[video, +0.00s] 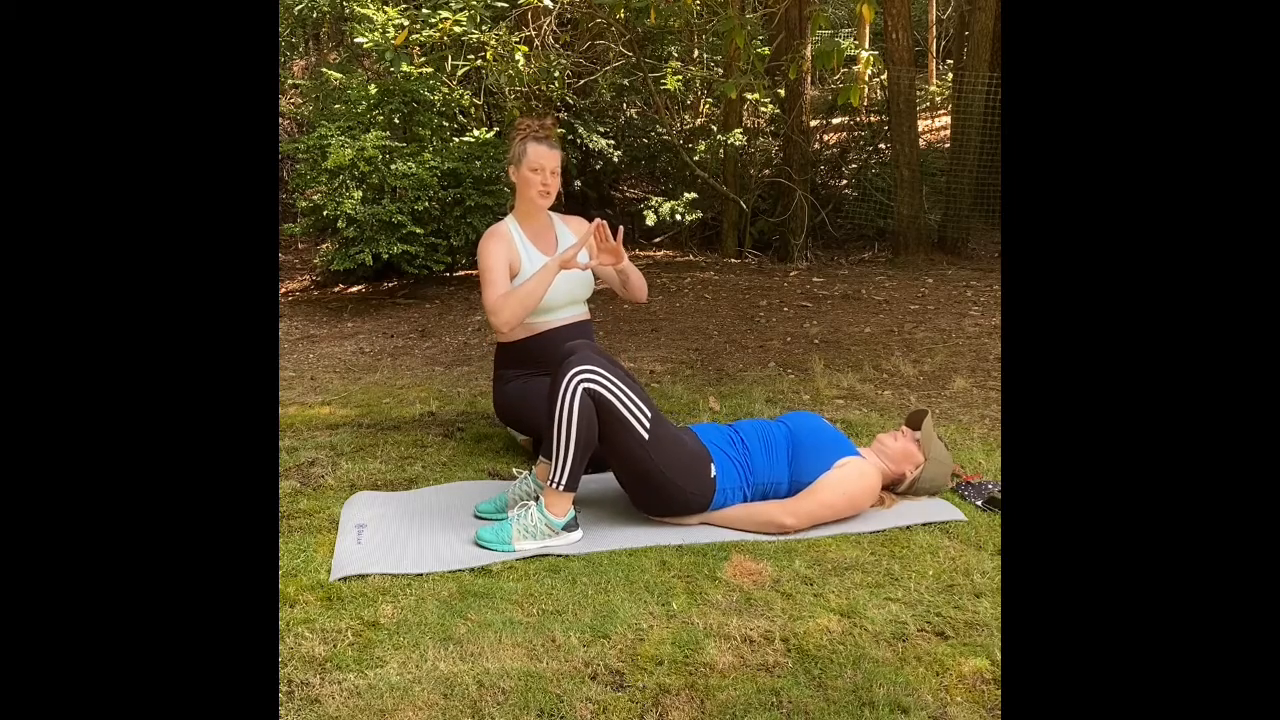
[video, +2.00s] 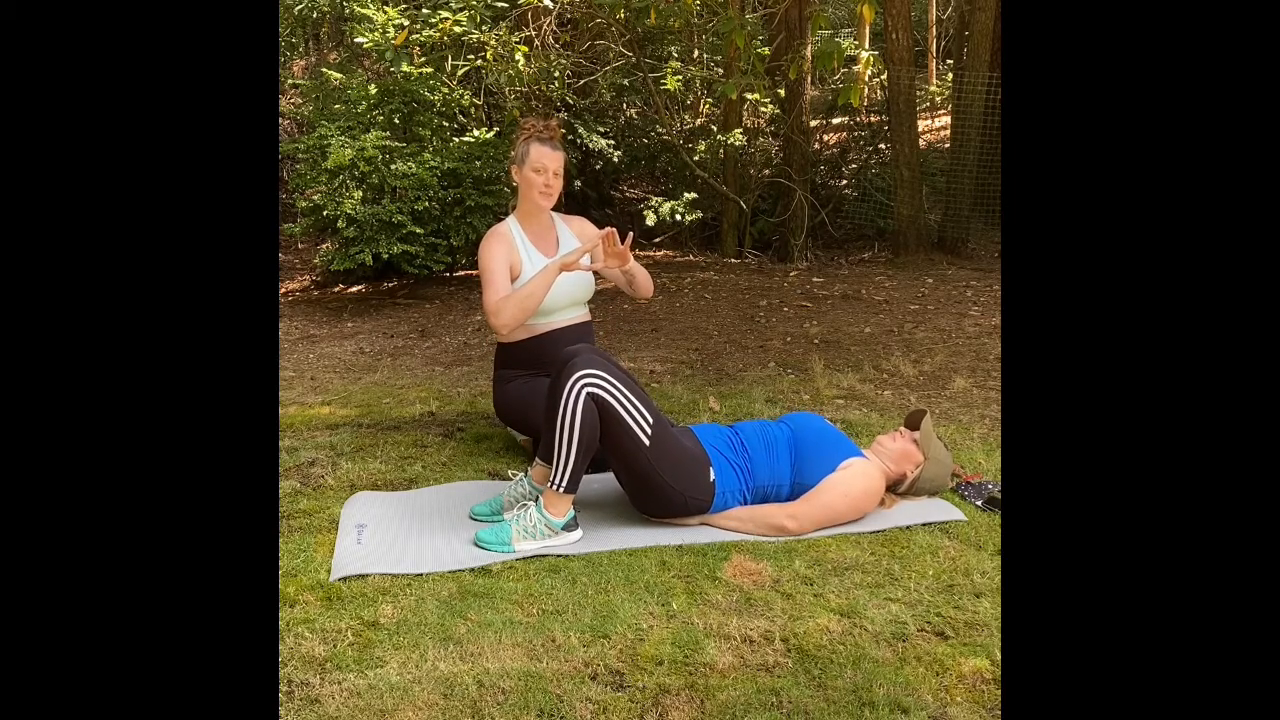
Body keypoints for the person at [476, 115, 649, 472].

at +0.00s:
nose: (548, 182)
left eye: (554, 173)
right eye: (537, 171)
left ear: (561, 178)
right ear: (513, 174)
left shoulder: (577, 229)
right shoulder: (497, 241)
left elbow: (638, 296)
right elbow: (502, 321)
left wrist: (623, 267)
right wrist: (554, 264)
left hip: (584, 363)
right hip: (523, 376)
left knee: (639, 438)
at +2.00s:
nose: (550, 182)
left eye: (557, 174)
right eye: (539, 171)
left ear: (564, 179)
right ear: (516, 174)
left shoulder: (579, 229)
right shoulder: (498, 242)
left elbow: (644, 292)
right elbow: (501, 321)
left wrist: (629, 269)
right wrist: (554, 267)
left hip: (583, 364)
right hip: (523, 377)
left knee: (641, 441)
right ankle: (540, 452)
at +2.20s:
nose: (551, 183)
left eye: (558, 174)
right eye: (540, 172)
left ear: (564, 179)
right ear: (516, 174)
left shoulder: (579, 229)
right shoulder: (499, 242)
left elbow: (645, 291)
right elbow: (502, 322)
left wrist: (628, 270)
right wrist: (556, 269)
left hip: (584, 363)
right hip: (523, 376)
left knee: (640, 438)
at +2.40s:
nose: (555, 185)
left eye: (561, 177)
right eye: (544, 174)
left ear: (566, 179)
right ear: (517, 174)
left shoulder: (580, 229)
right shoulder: (498, 243)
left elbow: (645, 291)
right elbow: (501, 323)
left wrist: (625, 270)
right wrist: (555, 271)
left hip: (585, 363)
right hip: (523, 377)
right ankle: (541, 457)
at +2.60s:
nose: (554, 186)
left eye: (560, 177)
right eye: (544, 175)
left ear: (566, 179)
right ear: (517, 174)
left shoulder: (579, 229)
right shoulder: (498, 243)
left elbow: (645, 291)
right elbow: (501, 323)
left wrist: (626, 271)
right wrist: (556, 272)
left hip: (585, 364)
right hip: (523, 377)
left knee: (641, 439)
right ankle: (540, 453)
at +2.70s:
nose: (554, 186)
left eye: (560, 177)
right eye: (544, 175)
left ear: (566, 179)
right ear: (517, 174)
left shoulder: (579, 229)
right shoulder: (498, 243)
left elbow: (645, 291)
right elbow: (501, 323)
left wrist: (627, 271)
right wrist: (556, 272)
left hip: (585, 363)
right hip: (523, 377)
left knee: (642, 438)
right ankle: (540, 453)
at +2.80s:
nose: (553, 186)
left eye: (560, 177)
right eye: (543, 175)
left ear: (566, 179)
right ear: (517, 174)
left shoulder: (579, 229)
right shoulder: (498, 243)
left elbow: (645, 292)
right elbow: (501, 323)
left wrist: (627, 271)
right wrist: (556, 271)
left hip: (585, 363)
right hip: (523, 377)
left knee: (641, 437)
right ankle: (541, 454)